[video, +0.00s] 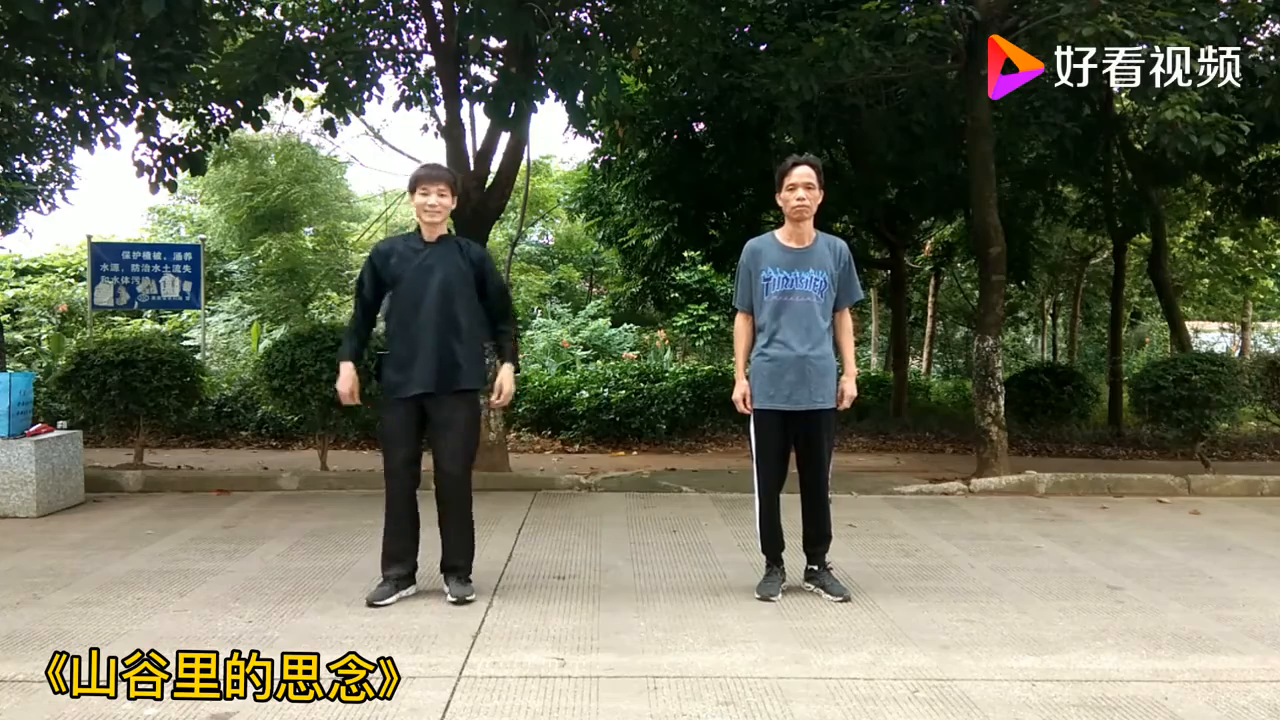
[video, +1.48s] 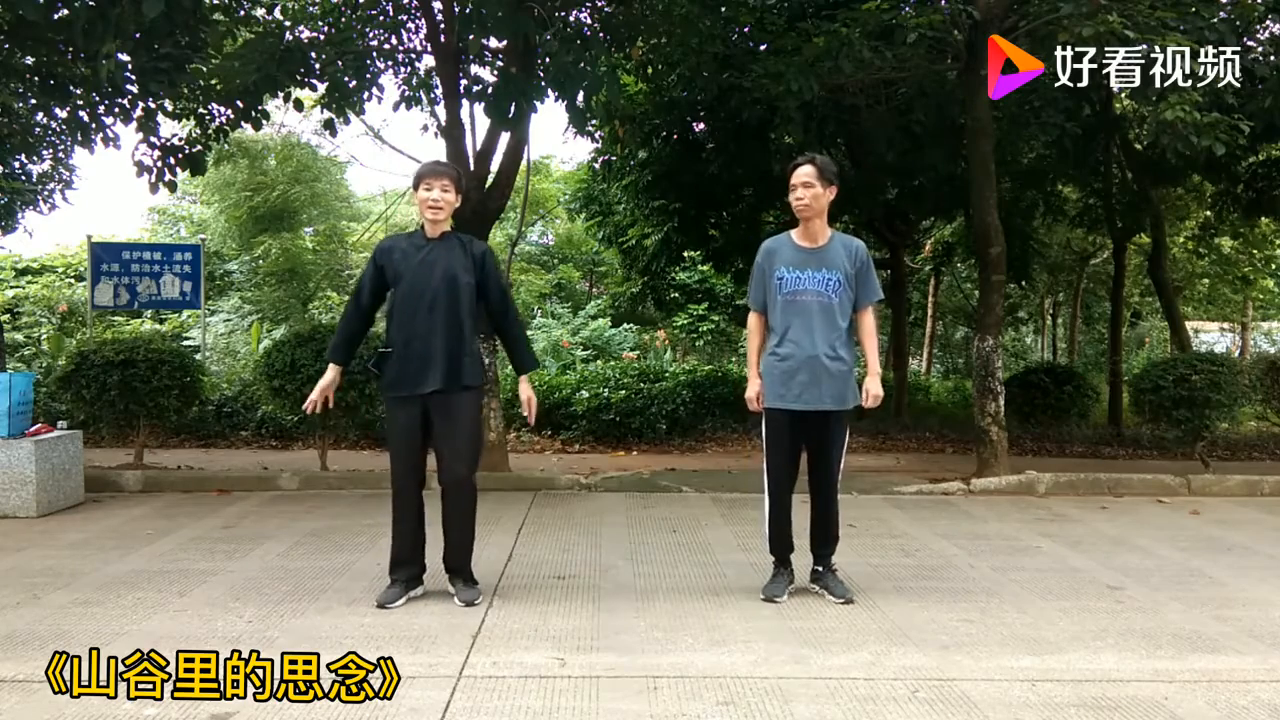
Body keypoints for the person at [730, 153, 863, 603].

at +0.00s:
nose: (801, 195)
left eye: (809, 187)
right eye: (792, 188)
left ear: (820, 196)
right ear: (779, 197)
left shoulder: (836, 250)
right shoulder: (756, 250)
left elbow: (842, 314)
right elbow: (744, 316)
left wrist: (849, 372)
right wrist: (740, 374)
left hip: (820, 383)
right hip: (768, 383)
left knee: (816, 482)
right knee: (767, 483)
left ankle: (817, 566)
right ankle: (773, 567)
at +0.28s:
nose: (803, 196)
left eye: (811, 188)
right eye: (794, 188)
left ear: (822, 196)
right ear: (781, 197)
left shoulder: (837, 251)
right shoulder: (758, 250)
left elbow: (843, 314)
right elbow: (745, 316)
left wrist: (850, 371)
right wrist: (741, 374)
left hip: (820, 384)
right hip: (768, 383)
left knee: (817, 483)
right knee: (768, 483)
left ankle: (817, 566)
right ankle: (773, 567)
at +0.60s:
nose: (803, 194)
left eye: (811, 186)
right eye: (795, 187)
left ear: (823, 194)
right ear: (782, 195)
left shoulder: (838, 250)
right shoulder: (758, 249)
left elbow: (844, 314)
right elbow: (746, 315)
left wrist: (851, 371)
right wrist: (742, 373)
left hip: (823, 384)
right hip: (770, 384)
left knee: (821, 481)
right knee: (768, 483)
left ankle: (819, 566)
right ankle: (773, 567)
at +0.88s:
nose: (795, 195)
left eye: (804, 187)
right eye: (790, 188)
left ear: (826, 193)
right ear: (785, 196)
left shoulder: (849, 251)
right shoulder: (768, 249)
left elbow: (853, 315)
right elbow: (754, 315)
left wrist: (857, 372)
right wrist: (748, 374)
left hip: (829, 385)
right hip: (776, 384)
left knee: (826, 484)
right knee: (773, 484)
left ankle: (823, 568)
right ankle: (774, 568)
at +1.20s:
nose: (798, 194)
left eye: (807, 186)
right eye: (795, 187)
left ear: (832, 191)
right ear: (792, 195)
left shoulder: (859, 251)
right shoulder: (777, 249)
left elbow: (868, 315)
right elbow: (764, 315)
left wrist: (874, 374)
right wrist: (758, 373)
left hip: (836, 388)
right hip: (784, 386)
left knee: (829, 485)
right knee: (777, 483)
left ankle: (824, 567)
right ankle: (780, 566)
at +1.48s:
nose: (799, 194)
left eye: (808, 186)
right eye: (794, 188)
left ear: (830, 193)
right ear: (788, 196)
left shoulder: (853, 251)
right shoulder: (771, 251)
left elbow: (865, 314)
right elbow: (756, 316)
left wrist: (874, 371)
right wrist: (753, 372)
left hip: (834, 386)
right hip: (781, 385)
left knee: (826, 485)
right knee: (778, 485)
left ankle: (823, 568)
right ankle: (781, 567)